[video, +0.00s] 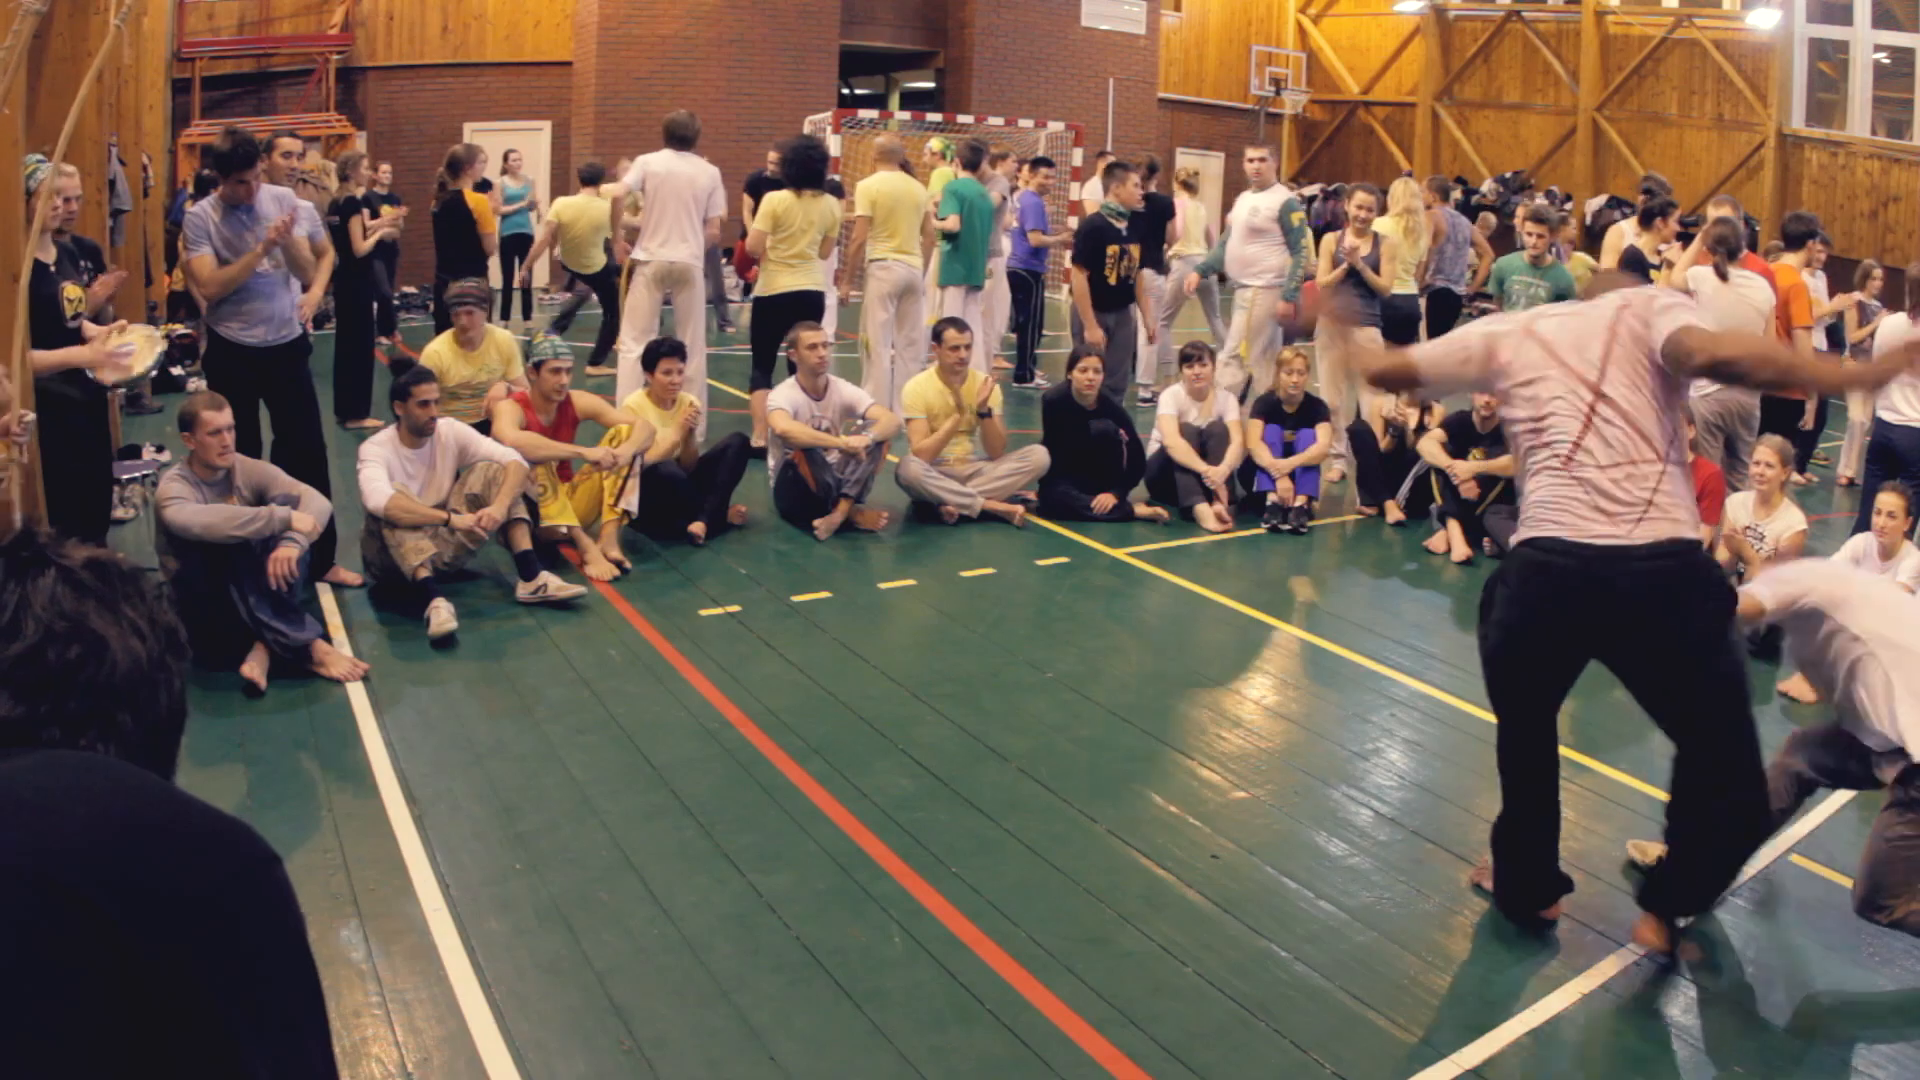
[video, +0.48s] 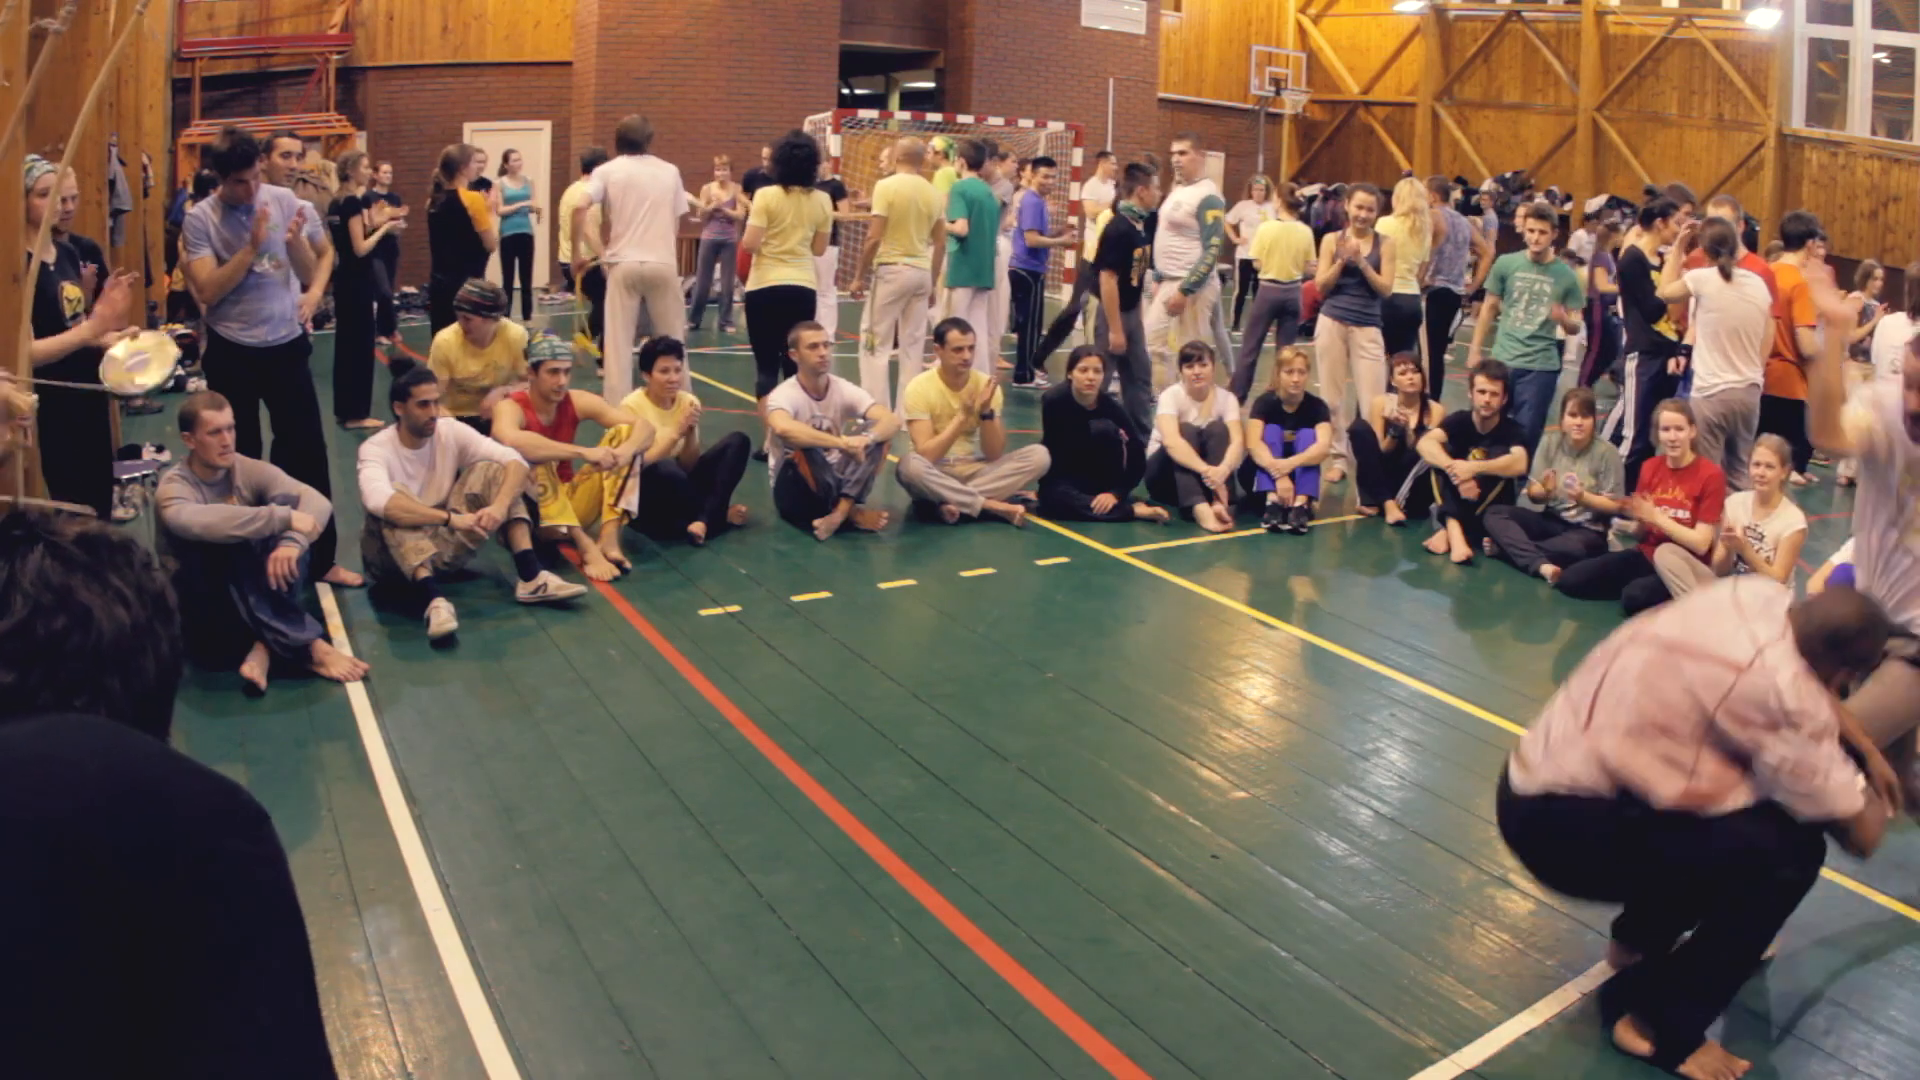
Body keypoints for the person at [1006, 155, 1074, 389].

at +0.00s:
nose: (1050, 181)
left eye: (1051, 177)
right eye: (1045, 176)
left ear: (1050, 178)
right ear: (1033, 176)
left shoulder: (1031, 198)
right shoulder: (1031, 200)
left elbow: (1037, 234)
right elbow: (1035, 238)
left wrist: (1059, 236)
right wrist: (1060, 240)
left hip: (1030, 267)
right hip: (1026, 268)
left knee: (1032, 322)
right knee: (1029, 323)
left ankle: (1028, 368)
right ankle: (1024, 373)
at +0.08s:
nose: (1049, 181)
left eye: (1051, 177)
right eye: (1045, 176)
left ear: (1051, 178)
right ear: (1033, 176)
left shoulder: (1029, 198)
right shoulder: (1032, 201)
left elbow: (1035, 235)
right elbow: (1037, 238)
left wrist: (1058, 236)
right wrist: (1061, 236)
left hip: (1028, 267)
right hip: (1026, 268)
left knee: (1031, 323)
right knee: (1030, 324)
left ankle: (1028, 367)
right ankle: (1024, 373)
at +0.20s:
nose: (1050, 181)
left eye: (1052, 177)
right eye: (1046, 176)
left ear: (1050, 178)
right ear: (1033, 175)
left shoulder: (1034, 198)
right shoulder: (1031, 200)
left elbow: (1037, 234)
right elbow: (1035, 239)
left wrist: (1060, 236)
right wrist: (1060, 242)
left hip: (1031, 267)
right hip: (1026, 268)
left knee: (1032, 322)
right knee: (1029, 323)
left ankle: (1028, 368)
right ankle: (1024, 373)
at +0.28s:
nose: (1050, 180)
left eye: (1052, 176)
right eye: (1046, 175)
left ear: (1049, 177)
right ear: (1033, 175)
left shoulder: (1035, 199)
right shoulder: (1031, 200)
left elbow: (1038, 235)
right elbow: (1035, 238)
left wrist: (1060, 237)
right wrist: (1060, 240)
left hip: (1033, 268)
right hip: (1026, 268)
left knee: (1033, 323)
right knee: (1029, 324)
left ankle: (1028, 369)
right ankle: (1024, 373)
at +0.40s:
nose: (1050, 181)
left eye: (1052, 176)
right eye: (1046, 176)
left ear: (1051, 178)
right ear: (1033, 175)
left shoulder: (1035, 199)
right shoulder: (1031, 200)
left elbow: (1037, 235)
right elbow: (1034, 238)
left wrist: (1059, 237)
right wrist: (1060, 237)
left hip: (1033, 267)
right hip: (1026, 268)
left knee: (1032, 324)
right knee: (1029, 324)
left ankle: (1027, 370)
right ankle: (1024, 373)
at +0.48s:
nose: (1049, 181)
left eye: (1052, 177)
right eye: (1045, 176)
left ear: (1053, 178)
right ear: (1033, 175)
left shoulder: (1038, 200)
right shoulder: (1031, 201)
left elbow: (1039, 234)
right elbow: (1031, 239)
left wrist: (1060, 233)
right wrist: (1060, 242)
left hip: (1034, 268)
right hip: (1026, 268)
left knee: (1032, 323)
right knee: (1028, 323)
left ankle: (1030, 368)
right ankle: (1024, 374)